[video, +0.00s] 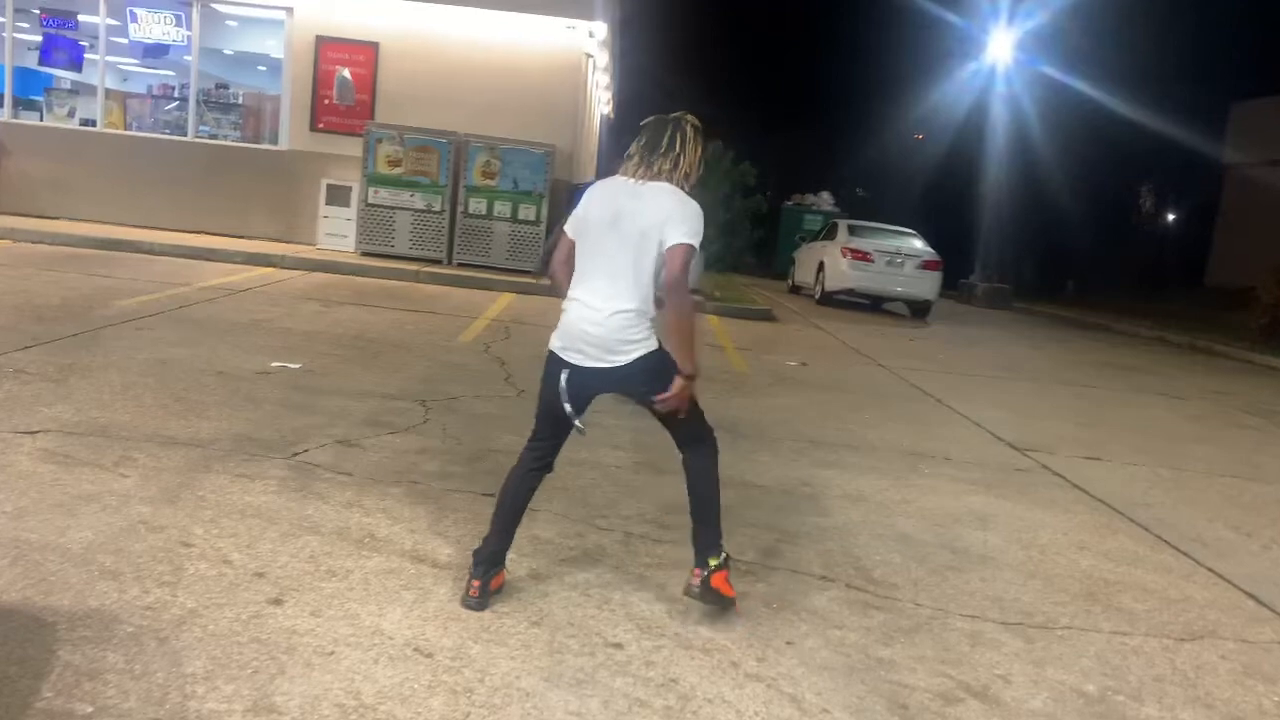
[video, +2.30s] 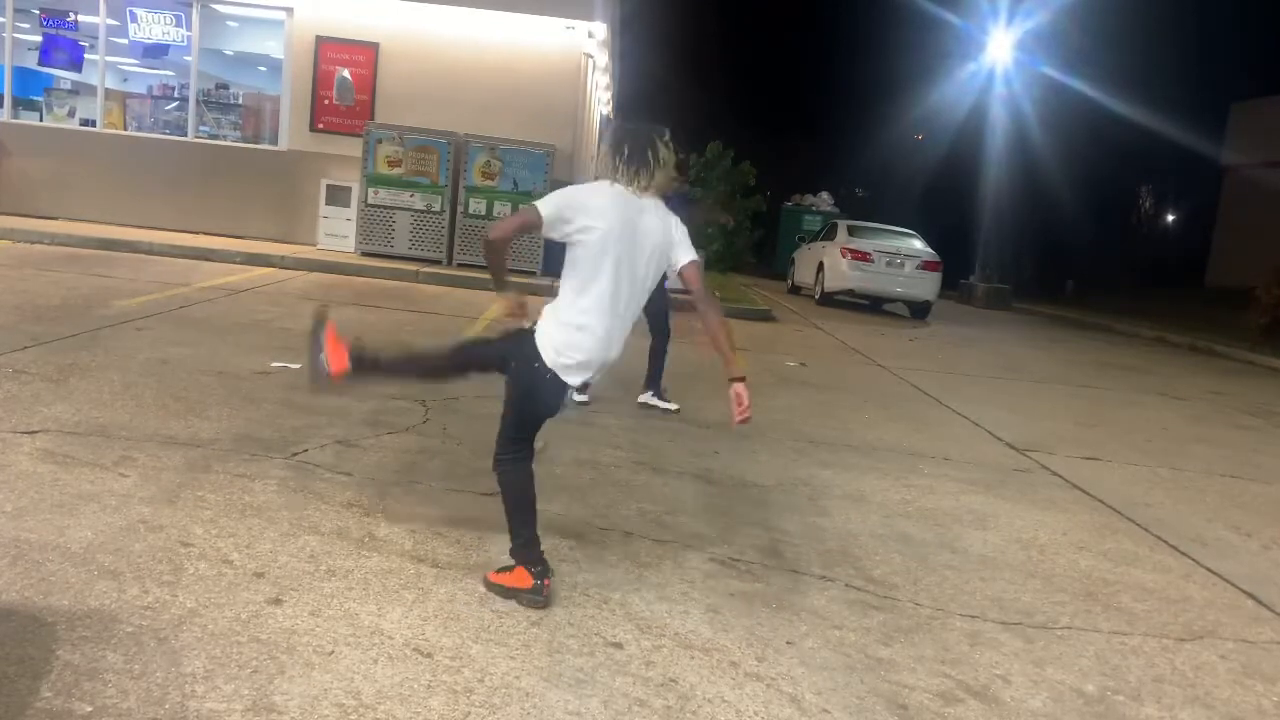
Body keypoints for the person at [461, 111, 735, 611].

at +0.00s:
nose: (696, 169)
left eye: (696, 162)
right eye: (696, 161)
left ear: (639, 149)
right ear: (687, 160)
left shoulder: (597, 191)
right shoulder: (681, 206)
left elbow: (559, 274)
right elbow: (674, 282)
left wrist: (600, 301)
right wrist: (687, 370)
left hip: (572, 351)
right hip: (636, 354)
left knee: (536, 453)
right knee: (698, 441)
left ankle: (484, 570)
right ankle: (710, 565)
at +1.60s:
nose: (675, 160)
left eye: (675, 152)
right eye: (673, 151)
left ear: (615, 146)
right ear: (663, 152)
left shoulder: (578, 197)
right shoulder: (672, 205)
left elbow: (551, 276)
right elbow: (698, 289)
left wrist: (584, 318)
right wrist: (726, 366)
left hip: (579, 359)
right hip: (643, 361)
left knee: (548, 459)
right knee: (677, 465)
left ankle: (486, 571)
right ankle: (705, 590)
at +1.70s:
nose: (673, 164)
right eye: (671, 155)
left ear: (613, 150)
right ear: (662, 157)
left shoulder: (582, 204)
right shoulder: (673, 204)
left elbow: (553, 283)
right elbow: (728, 261)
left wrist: (588, 323)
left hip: (584, 362)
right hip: (648, 363)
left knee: (550, 460)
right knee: (683, 465)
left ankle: (486, 570)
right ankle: (707, 593)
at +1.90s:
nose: (663, 169)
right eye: (661, 160)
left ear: (606, 150)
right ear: (653, 161)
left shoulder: (562, 198)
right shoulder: (657, 213)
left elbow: (540, 281)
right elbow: (715, 267)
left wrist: (567, 319)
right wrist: (787, 306)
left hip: (571, 362)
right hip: (637, 361)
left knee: (543, 460)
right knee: (669, 462)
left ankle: (514, 575)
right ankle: (706, 585)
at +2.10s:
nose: (597, 157)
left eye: (601, 150)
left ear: (607, 154)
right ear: (653, 161)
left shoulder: (583, 199)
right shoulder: (668, 220)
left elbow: (502, 252)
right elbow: (656, 316)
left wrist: (532, 300)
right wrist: (627, 365)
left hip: (553, 347)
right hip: (600, 361)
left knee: (520, 454)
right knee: (499, 394)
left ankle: (528, 572)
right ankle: (424, 433)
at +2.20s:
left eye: (606, 157)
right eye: (671, 173)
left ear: (610, 164)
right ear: (661, 175)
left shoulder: (584, 207)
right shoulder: (667, 234)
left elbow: (491, 237)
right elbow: (692, 311)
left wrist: (522, 289)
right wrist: (713, 392)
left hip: (537, 358)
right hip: (571, 365)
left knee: (505, 455)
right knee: (463, 324)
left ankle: (526, 568)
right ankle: (349, 311)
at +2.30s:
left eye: (610, 147)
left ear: (612, 154)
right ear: (662, 168)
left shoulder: (585, 197)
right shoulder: (668, 222)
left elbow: (497, 237)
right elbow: (703, 298)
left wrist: (506, 293)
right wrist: (735, 374)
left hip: (551, 351)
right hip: (579, 356)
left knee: (513, 453)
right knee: (467, 353)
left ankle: (530, 570)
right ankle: (351, 362)